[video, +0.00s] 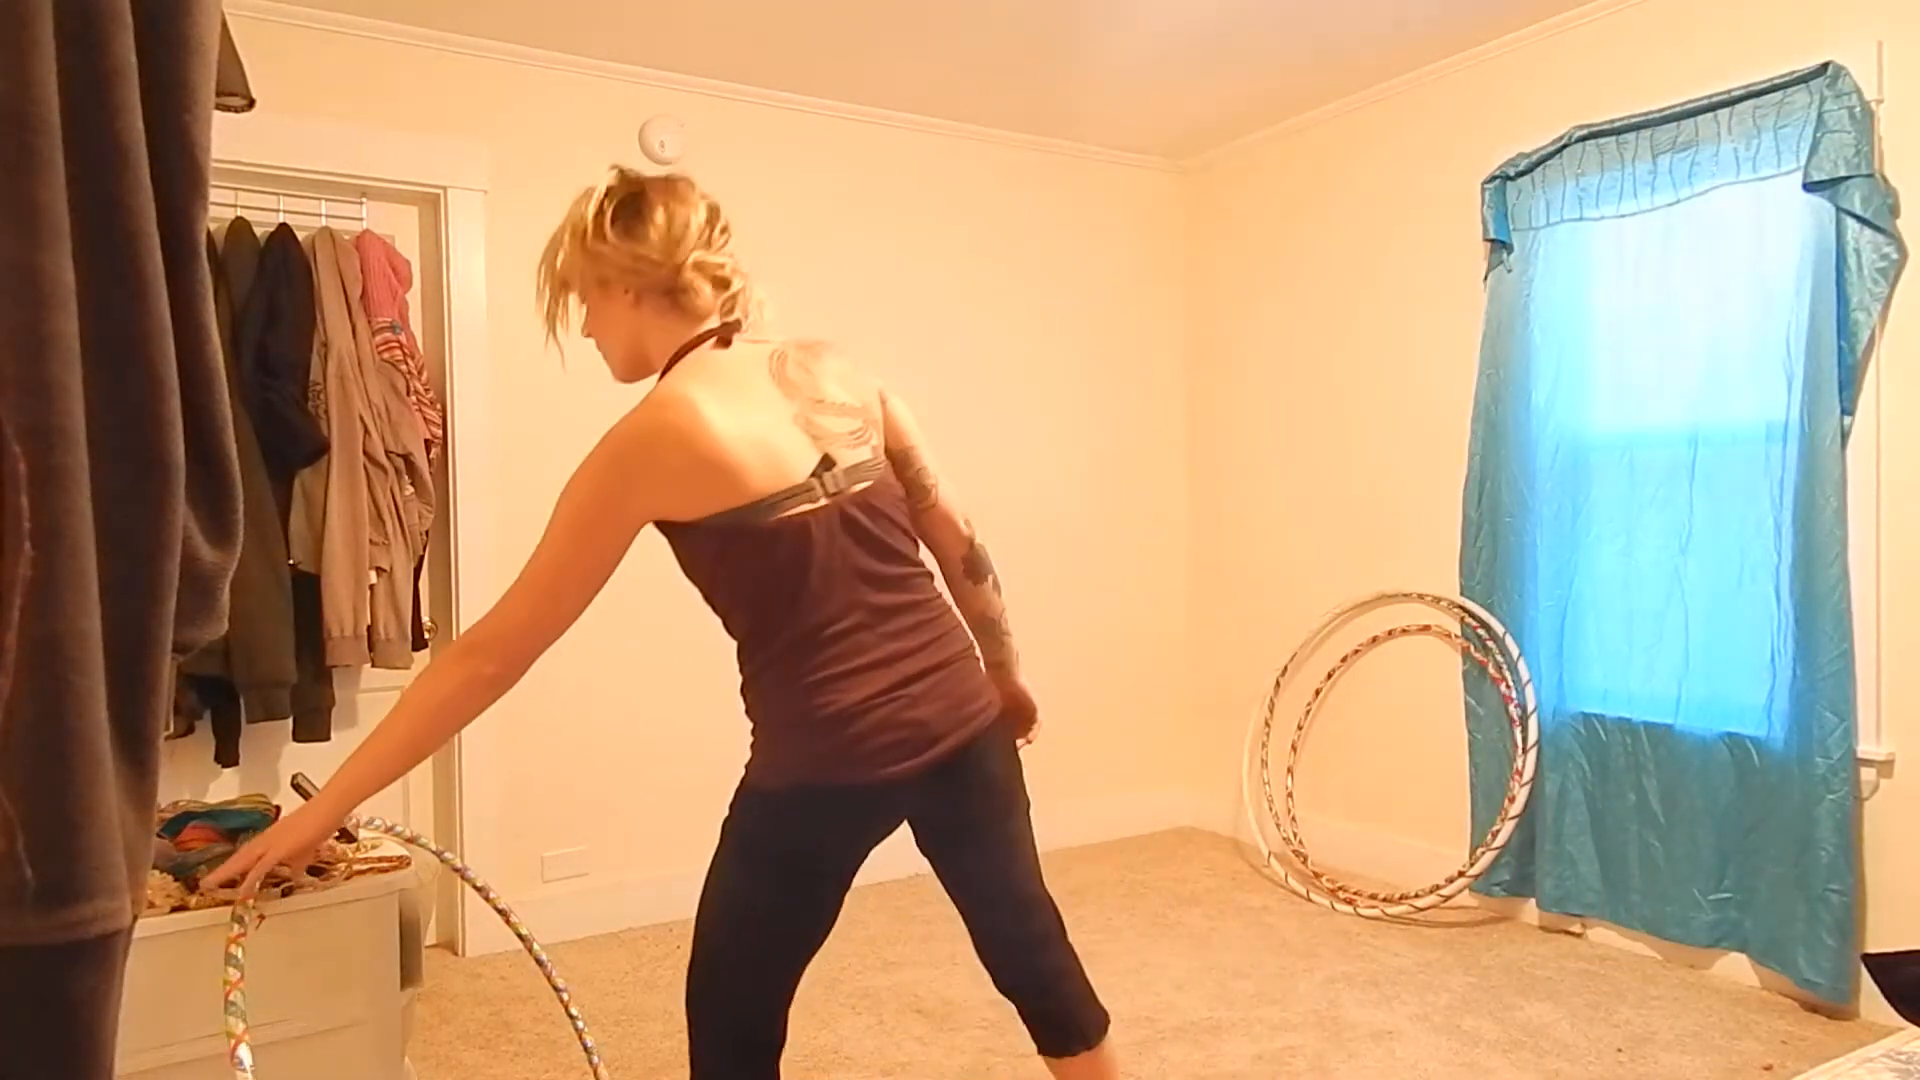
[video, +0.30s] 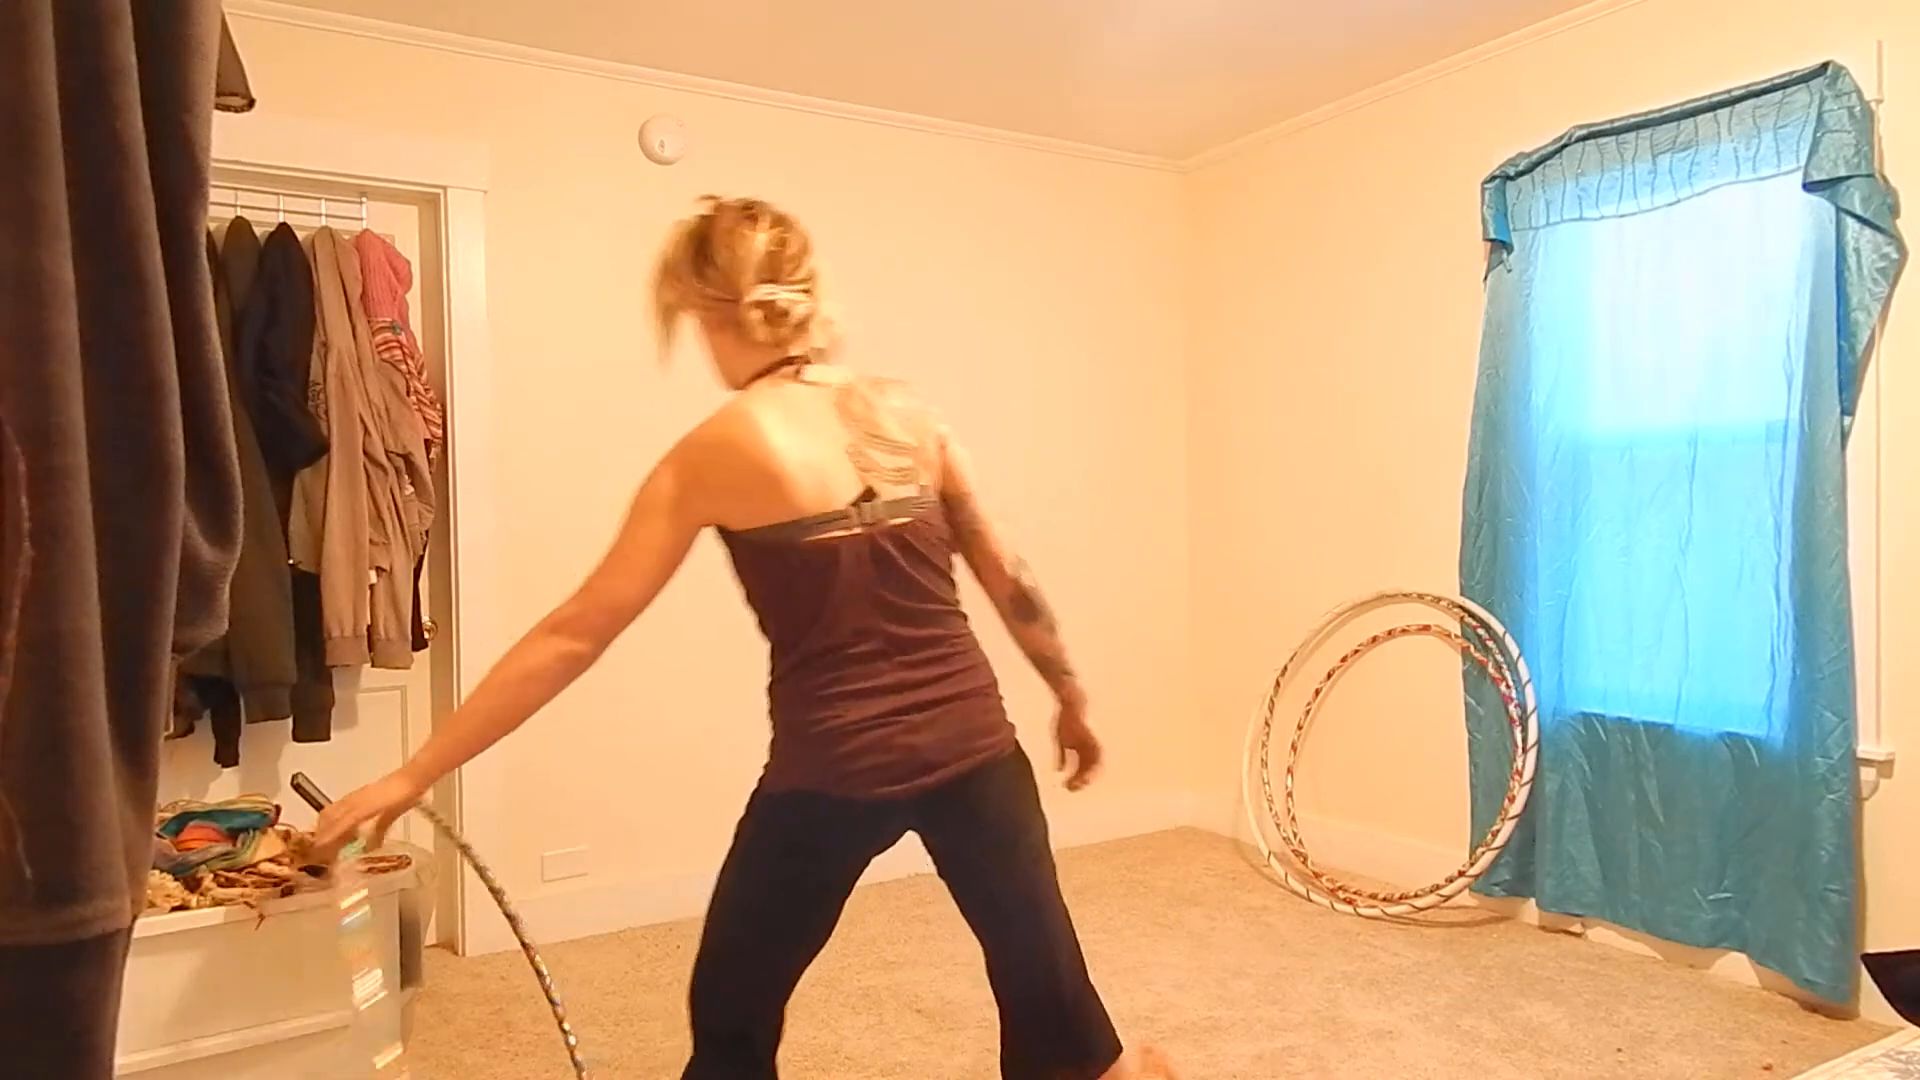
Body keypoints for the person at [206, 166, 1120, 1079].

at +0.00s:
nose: (586, 327)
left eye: (590, 300)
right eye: (583, 302)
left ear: (645, 288)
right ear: (707, 274)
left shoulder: (655, 432)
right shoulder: (841, 372)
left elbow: (490, 656)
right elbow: (962, 553)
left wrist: (325, 808)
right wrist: (1004, 671)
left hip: (825, 750)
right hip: (959, 705)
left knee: (735, 1015)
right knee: (1039, 957)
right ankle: (1104, 1076)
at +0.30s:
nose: (700, 342)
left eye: (698, 320)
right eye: (696, 321)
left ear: (720, 316)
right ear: (808, 298)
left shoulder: (715, 452)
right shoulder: (907, 413)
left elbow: (574, 637)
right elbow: (1012, 583)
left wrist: (407, 781)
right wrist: (1071, 692)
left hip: (834, 770)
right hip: (974, 742)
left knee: (734, 1015)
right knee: (1051, 990)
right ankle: (1111, 1073)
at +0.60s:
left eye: (935, 273)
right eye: (1021, 242)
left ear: (937, 280)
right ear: (1029, 251)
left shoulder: (930, 405)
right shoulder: (1122, 365)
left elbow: (828, 555)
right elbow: (1214, 527)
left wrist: (694, 671)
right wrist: (1282, 658)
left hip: (983, 697)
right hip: (1117, 698)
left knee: (868, 901)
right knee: (1132, 940)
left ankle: (803, 1070)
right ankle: (1148, 1073)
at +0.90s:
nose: (1176, 245)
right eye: (1169, 230)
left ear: (1067, 258)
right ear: (1163, 242)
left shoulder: (1044, 386)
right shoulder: (1219, 359)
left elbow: (980, 523)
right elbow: (1267, 532)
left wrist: (914, 623)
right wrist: (1340, 682)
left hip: (1066, 648)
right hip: (1181, 667)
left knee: (956, 785)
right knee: (1167, 885)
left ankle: (1030, 764)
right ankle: (1161, 1068)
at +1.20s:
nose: (1216, 263)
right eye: (1209, 248)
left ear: (1105, 274)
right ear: (1199, 259)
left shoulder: (1078, 389)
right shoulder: (1235, 372)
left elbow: (1081, 543)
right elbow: (1245, 546)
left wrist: (1133, 622)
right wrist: (1282, 709)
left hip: (1098, 669)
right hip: (1205, 675)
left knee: (1104, 782)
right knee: (1185, 919)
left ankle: (1085, 951)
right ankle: (1162, 1068)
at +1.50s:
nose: (1199, 305)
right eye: (1198, 290)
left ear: (1111, 308)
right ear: (1196, 298)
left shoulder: (1094, 422)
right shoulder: (1215, 409)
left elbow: (1131, 574)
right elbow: (1232, 573)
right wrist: (1285, 718)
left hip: (1137, 700)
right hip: (1214, 697)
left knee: (1193, 915)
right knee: (1207, 933)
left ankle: (1180, 1059)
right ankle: (1155, 1070)